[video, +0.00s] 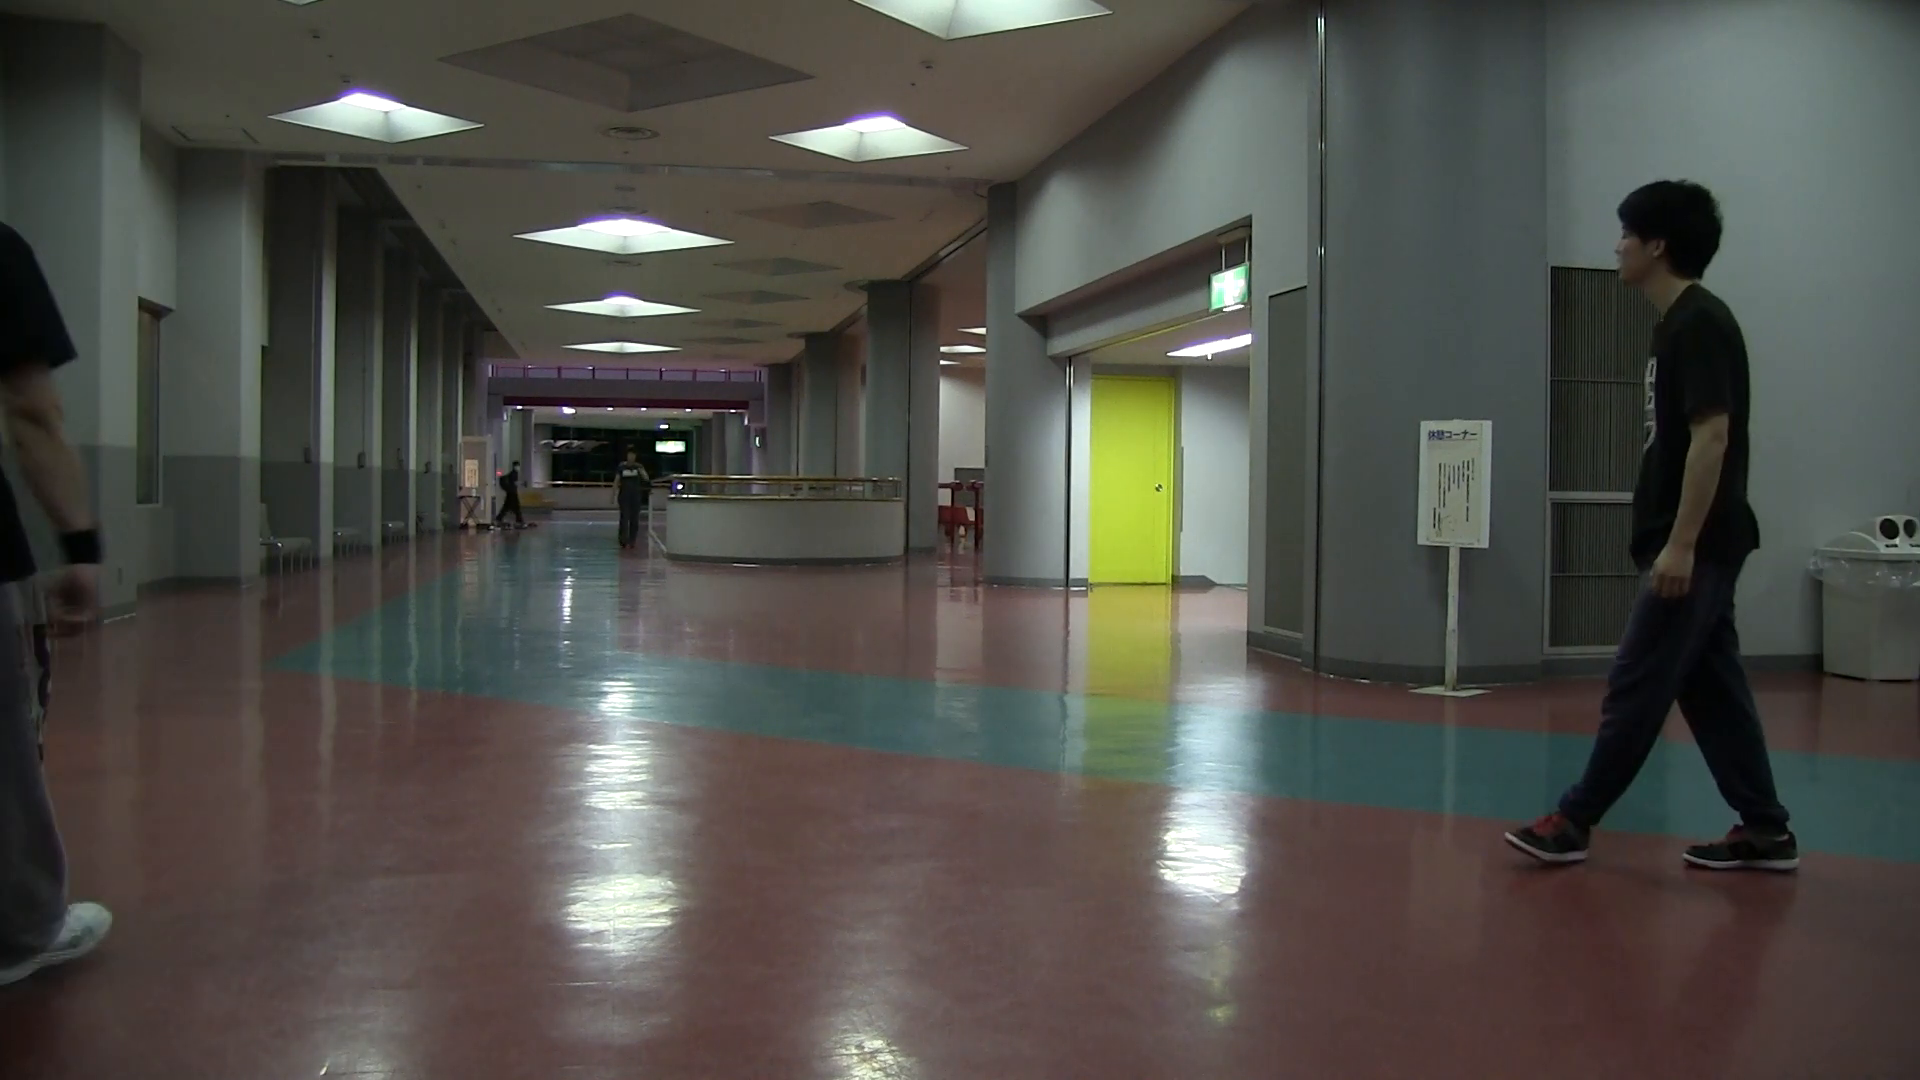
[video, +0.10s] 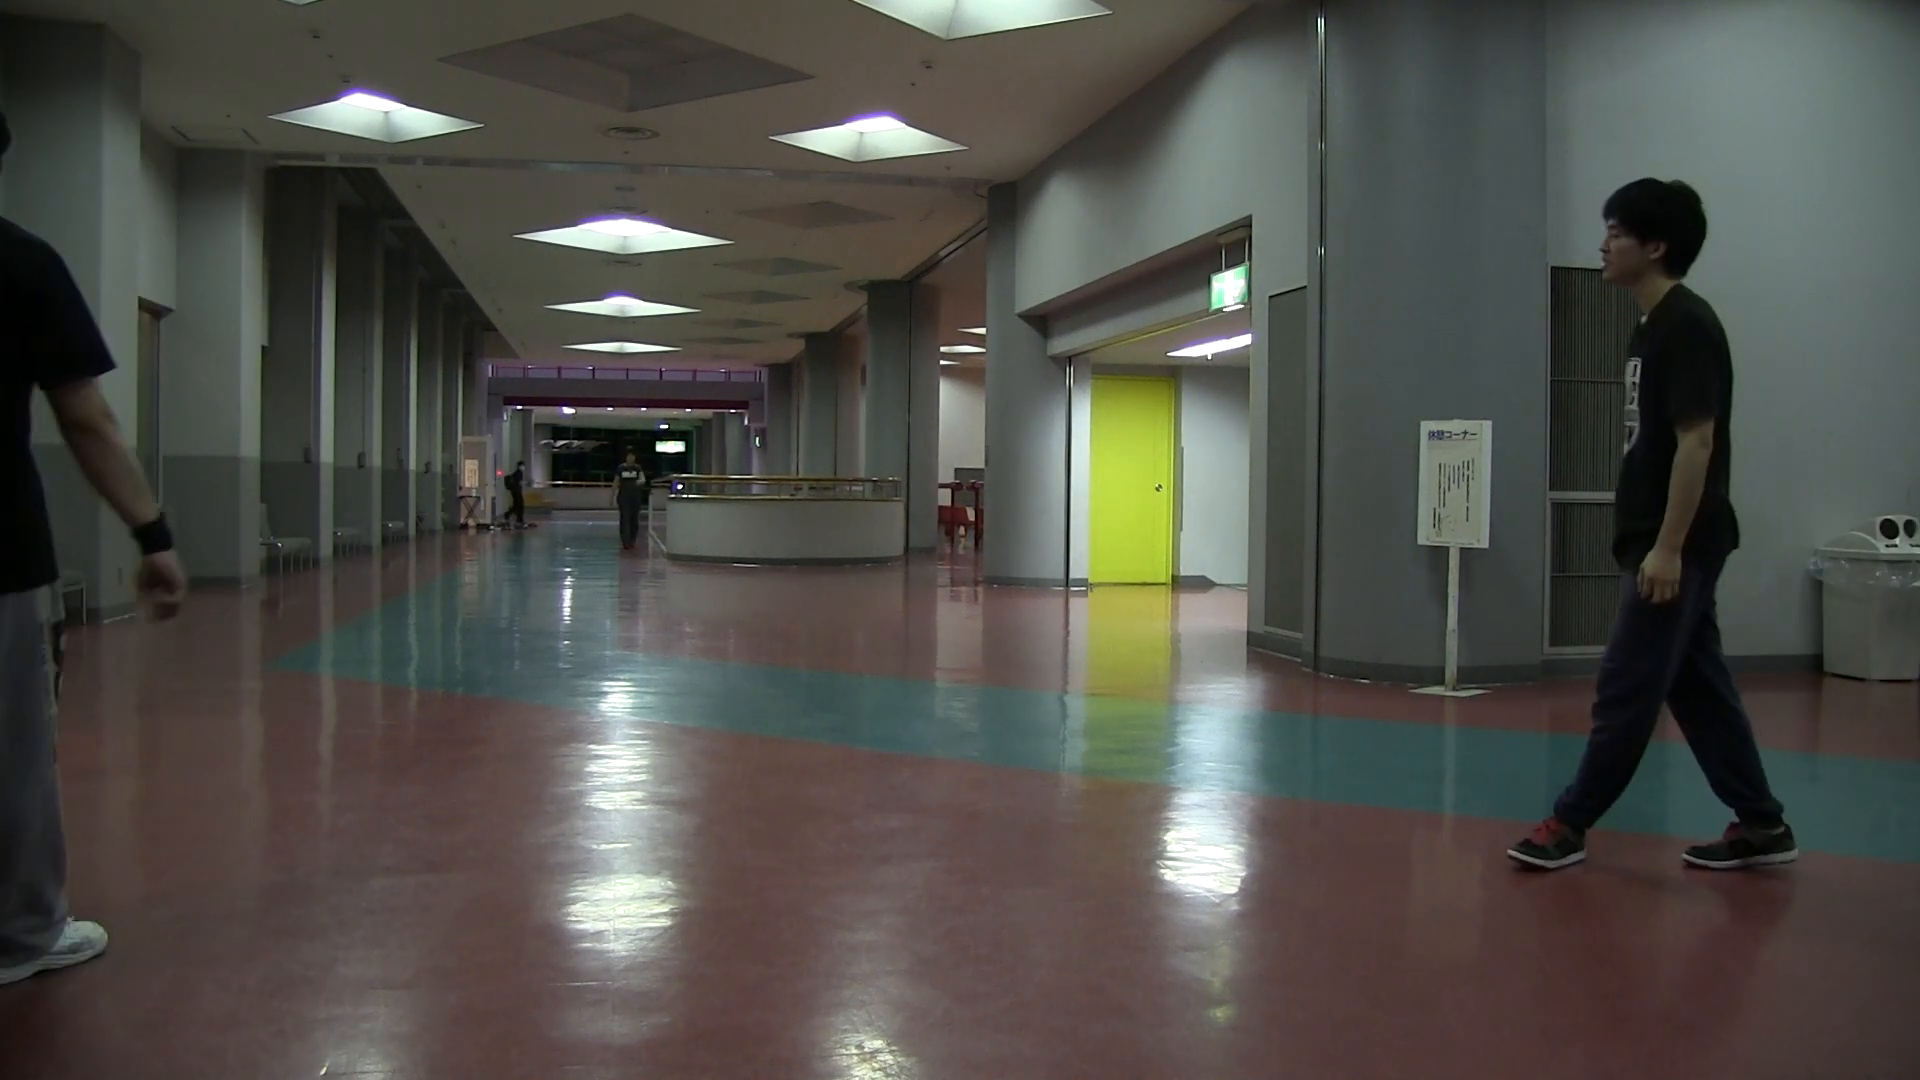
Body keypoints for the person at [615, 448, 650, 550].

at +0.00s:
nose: (631, 459)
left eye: (632, 456)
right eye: (629, 456)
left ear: (635, 457)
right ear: (626, 457)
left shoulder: (639, 467)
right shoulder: (621, 467)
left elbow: (646, 478)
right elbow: (616, 482)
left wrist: (640, 470)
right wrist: (614, 496)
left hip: (636, 498)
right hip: (624, 498)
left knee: (634, 520)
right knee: (624, 519)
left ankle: (632, 541)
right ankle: (623, 541)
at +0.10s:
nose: (630, 459)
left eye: (632, 457)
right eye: (629, 457)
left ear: (635, 458)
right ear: (626, 458)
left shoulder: (638, 468)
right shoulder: (621, 469)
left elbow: (643, 480)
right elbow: (615, 483)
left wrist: (636, 483)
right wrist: (612, 498)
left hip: (635, 498)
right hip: (623, 498)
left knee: (634, 519)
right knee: (625, 519)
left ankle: (632, 541)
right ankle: (626, 542)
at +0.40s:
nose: (630, 457)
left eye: (632, 455)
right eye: (628, 455)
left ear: (634, 455)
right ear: (625, 455)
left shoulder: (636, 466)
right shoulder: (619, 465)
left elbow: (640, 480)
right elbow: (613, 480)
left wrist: (644, 492)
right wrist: (611, 493)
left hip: (633, 496)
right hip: (621, 496)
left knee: (632, 517)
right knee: (622, 519)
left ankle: (632, 540)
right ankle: (625, 542)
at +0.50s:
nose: (630, 458)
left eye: (632, 456)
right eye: (628, 456)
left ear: (634, 457)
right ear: (625, 456)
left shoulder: (636, 466)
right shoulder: (619, 465)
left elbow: (640, 480)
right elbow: (612, 479)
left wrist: (644, 490)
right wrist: (612, 485)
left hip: (633, 496)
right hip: (621, 496)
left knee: (632, 519)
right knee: (623, 519)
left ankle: (632, 542)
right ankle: (625, 542)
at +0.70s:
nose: (630, 459)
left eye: (632, 456)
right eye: (628, 456)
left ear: (634, 457)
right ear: (624, 456)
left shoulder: (636, 467)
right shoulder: (619, 466)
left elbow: (641, 481)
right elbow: (612, 480)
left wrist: (645, 493)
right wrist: (618, 480)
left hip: (633, 498)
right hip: (621, 498)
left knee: (630, 519)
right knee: (622, 519)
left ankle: (627, 543)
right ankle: (623, 542)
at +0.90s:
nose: (627, 456)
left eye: (629, 454)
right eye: (626, 454)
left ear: (632, 454)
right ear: (623, 454)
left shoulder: (635, 465)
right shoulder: (618, 463)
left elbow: (639, 479)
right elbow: (610, 476)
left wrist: (641, 492)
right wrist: (617, 468)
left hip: (632, 495)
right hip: (620, 494)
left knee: (630, 520)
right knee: (619, 519)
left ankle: (627, 544)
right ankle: (618, 543)